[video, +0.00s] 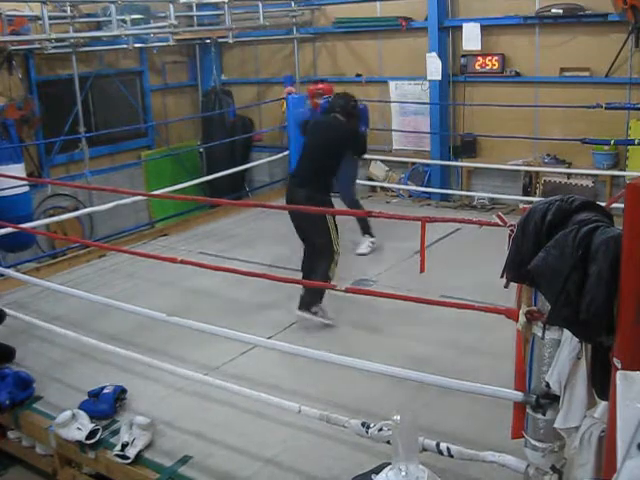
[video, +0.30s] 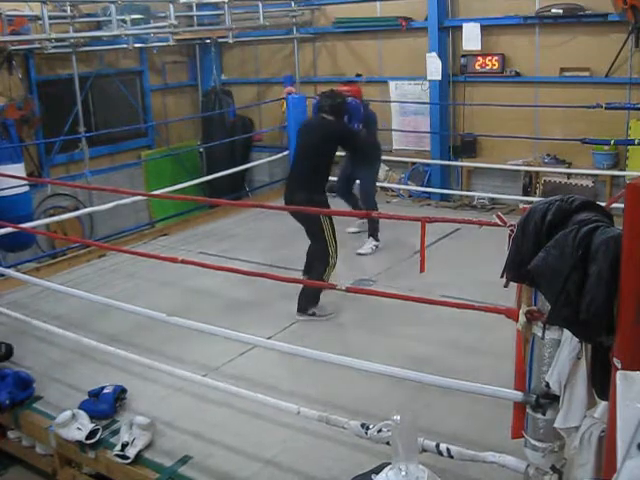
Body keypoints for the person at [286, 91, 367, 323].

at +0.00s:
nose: (355, 117)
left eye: (354, 112)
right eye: (354, 113)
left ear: (332, 108)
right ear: (349, 113)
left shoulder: (315, 123)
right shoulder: (347, 131)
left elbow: (303, 126)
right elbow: (360, 150)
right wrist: (357, 128)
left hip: (295, 192)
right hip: (316, 196)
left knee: (312, 246)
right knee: (328, 250)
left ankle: (308, 299)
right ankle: (312, 303)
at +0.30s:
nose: (346, 114)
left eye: (345, 111)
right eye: (345, 111)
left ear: (320, 109)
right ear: (340, 111)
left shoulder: (307, 126)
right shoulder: (335, 129)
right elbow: (366, 149)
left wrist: (353, 133)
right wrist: (365, 132)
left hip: (293, 196)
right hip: (312, 198)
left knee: (318, 243)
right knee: (328, 254)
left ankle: (311, 286)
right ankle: (307, 305)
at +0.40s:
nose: (343, 113)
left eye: (342, 109)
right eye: (341, 109)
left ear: (318, 108)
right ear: (337, 110)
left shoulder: (306, 125)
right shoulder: (331, 128)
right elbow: (359, 146)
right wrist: (367, 131)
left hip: (294, 194)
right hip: (311, 197)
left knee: (319, 242)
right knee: (327, 251)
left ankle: (316, 279)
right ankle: (307, 305)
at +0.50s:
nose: (344, 111)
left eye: (343, 108)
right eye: (342, 108)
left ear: (319, 107)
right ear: (337, 109)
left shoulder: (306, 124)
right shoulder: (331, 127)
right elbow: (360, 144)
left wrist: (357, 134)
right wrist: (366, 133)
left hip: (295, 194)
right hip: (310, 197)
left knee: (318, 244)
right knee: (323, 251)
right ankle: (307, 304)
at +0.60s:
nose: (343, 113)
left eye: (342, 109)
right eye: (342, 109)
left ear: (319, 105)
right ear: (337, 109)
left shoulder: (309, 120)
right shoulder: (328, 124)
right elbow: (348, 142)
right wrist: (347, 123)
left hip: (297, 186)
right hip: (304, 190)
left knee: (324, 230)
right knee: (316, 241)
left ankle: (320, 269)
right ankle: (304, 301)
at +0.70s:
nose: (341, 113)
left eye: (341, 109)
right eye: (340, 109)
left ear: (321, 104)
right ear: (334, 108)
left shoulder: (308, 118)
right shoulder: (324, 122)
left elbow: (337, 142)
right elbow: (341, 143)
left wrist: (346, 121)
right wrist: (349, 122)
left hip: (301, 183)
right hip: (299, 186)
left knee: (323, 227)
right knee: (316, 235)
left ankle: (319, 269)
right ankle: (291, 282)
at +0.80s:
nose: (338, 112)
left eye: (339, 108)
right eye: (337, 108)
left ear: (318, 103)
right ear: (329, 107)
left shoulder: (307, 117)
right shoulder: (319, 122)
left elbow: (335, 141)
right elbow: (338, 143)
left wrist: (342, 124)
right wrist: (345, 124)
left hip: (302, 183)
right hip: (293, 185)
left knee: (321, 227)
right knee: (312, 235)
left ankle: (318, 270)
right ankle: (271, 272)